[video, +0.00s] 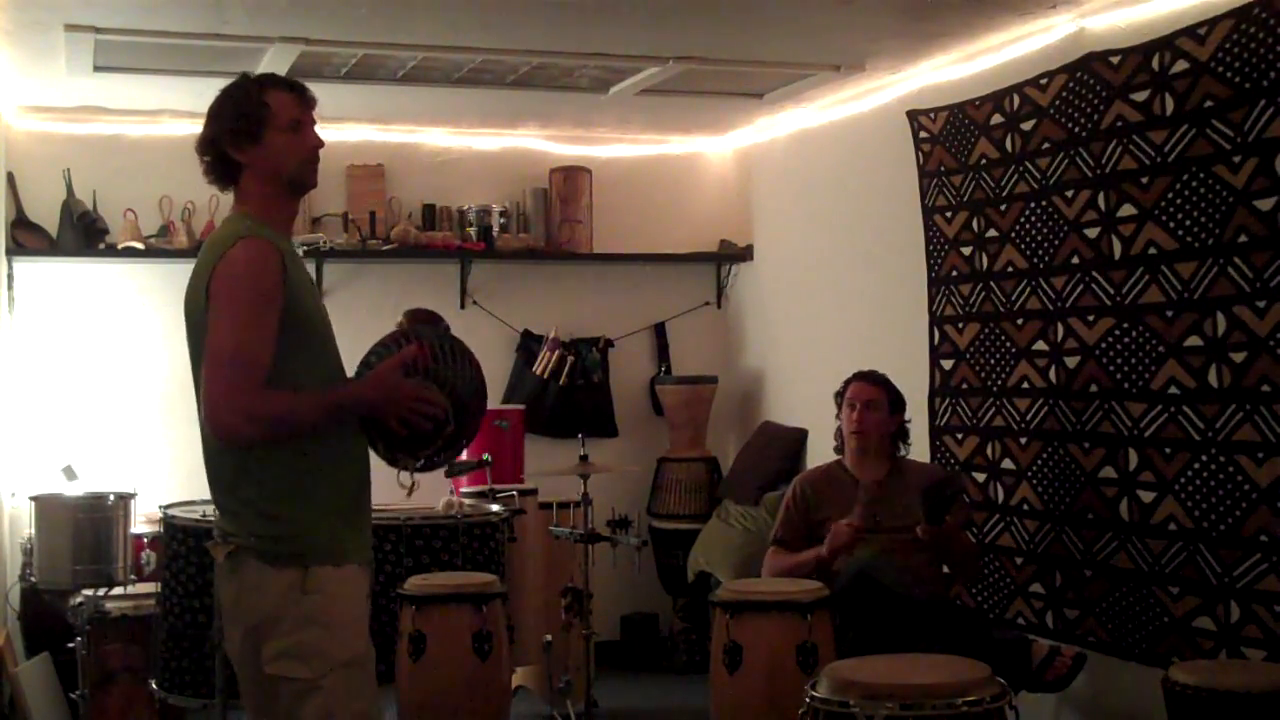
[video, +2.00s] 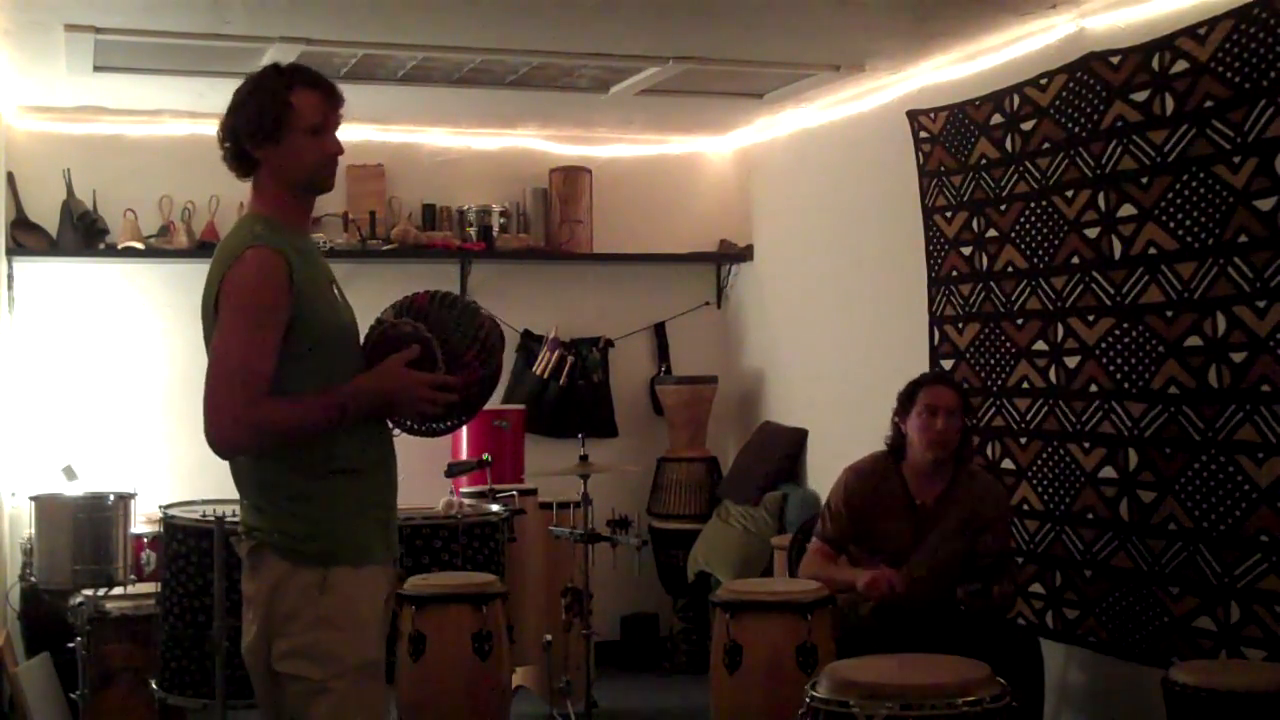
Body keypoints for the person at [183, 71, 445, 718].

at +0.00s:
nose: (319, 138)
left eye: (314, 125)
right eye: (301, 125)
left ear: (254, 149)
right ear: (245, 144)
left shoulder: (258, 249)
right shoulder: (252, 253)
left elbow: (273, 404)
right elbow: (232, 413)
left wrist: (374, 379)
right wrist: (364, 396)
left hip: (292, 564)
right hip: (295, 570)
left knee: (304, 707)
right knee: (320, 708)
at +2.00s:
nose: (338, 146)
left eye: (336, 130)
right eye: (321, 131)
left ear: (273, 145)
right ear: (266, 143)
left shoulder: (296, 251)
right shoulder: (260, 256)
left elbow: (300, 393)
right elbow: (231, 425)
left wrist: (380, 369)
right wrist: (369, 395)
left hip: (340, 559)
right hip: (310, 566)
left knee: (350, 705)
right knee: (328, 707)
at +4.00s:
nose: (322, 155)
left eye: (320, 141)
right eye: (304, 142)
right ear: (250, 156)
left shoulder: (270, 259)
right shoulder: (240, 258)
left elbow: (275, 403)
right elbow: (196, 407)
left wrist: (365, 386)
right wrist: (348, 406)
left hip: (303, 554)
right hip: (288, 561)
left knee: (295, 707)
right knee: (338, 706)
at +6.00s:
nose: (524, 130)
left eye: (518, 115)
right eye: (505, 117)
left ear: (454, 141)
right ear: (448, 137)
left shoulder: (465, 246)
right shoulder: (450, 255)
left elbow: (493, 406)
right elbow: (426, 436)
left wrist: (602, 414)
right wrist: (569, 494)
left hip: (515, 566)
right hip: (466, 579)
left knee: (568, 710)